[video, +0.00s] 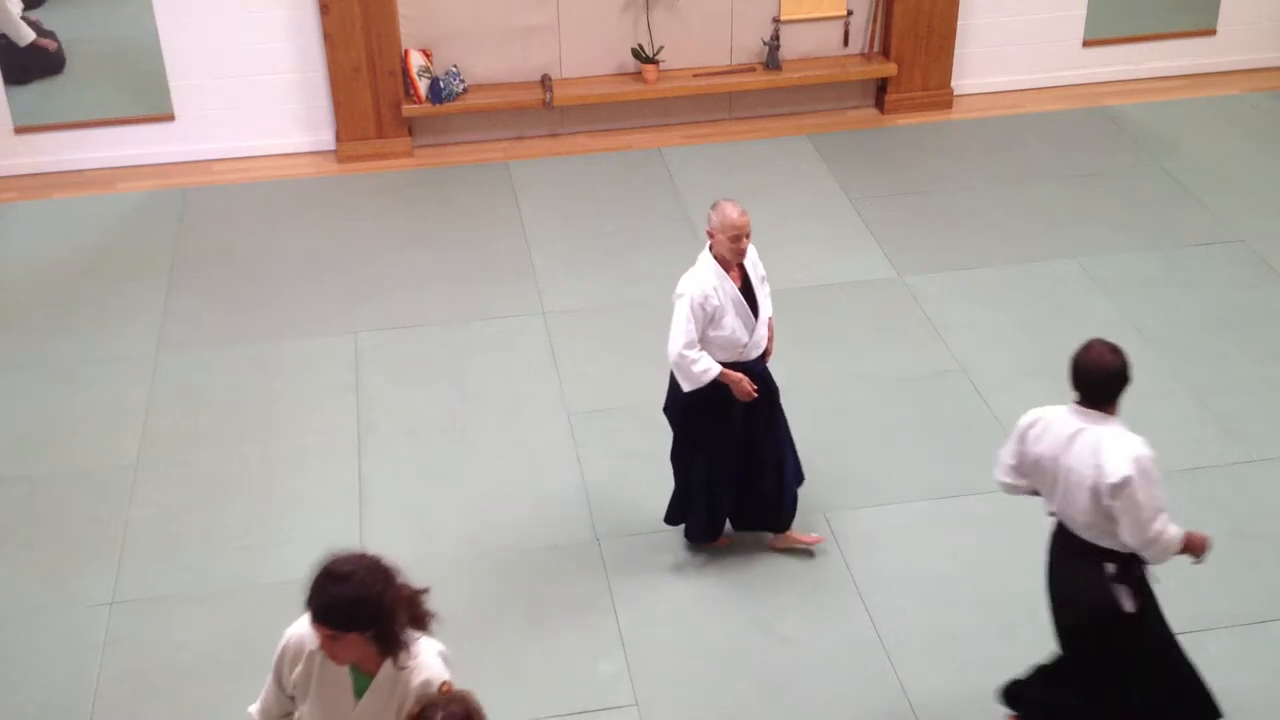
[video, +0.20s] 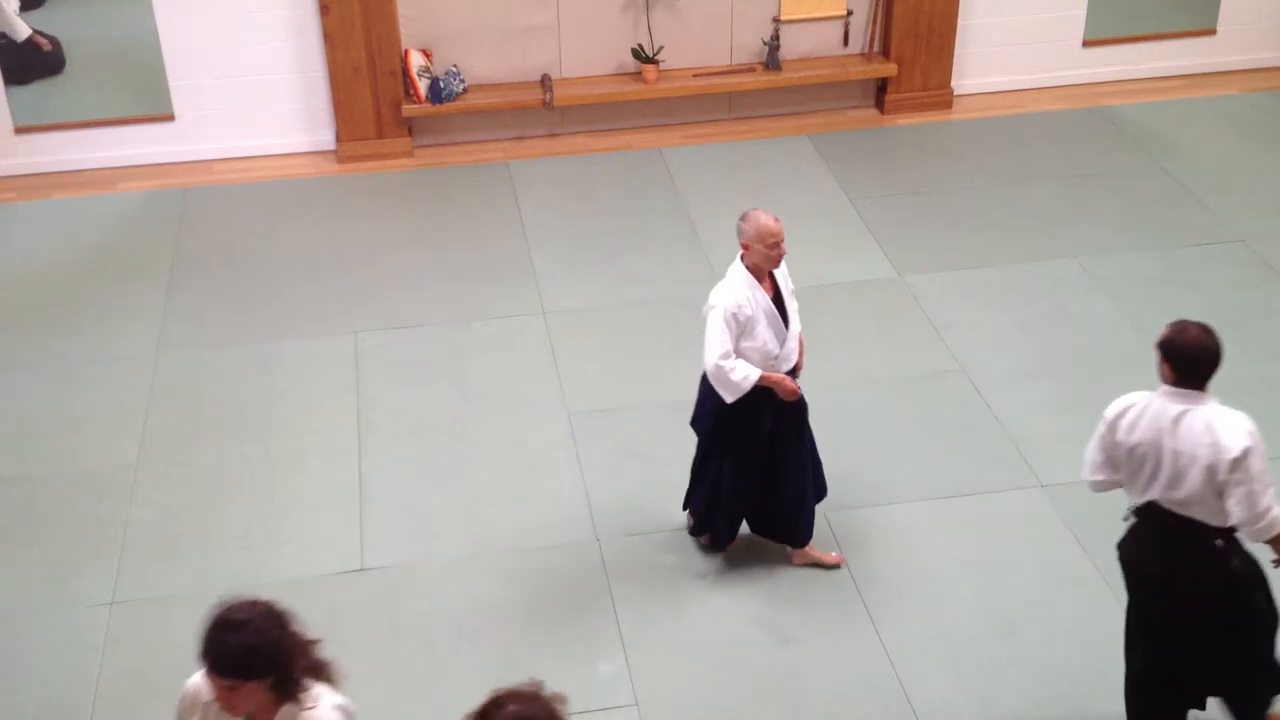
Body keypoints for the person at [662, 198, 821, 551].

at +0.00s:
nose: (744, 245)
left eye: (747, 237)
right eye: (736, 238)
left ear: (750, 232)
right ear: (712, 236)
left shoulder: (749, 255)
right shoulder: (695, 287)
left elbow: (762, 294)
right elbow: (681, 352)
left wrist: (768, 330)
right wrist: (728, 377)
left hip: (753, 371)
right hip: (709, 385)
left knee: (773, 449)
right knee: (709, 458)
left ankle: (779, 529)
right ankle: (705, 530)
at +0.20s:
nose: (781, 251)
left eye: (782, 243)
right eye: (772, 246)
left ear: (783, 240)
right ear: (746, 249)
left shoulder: (779, 273)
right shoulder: (727, 299)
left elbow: (790, 310)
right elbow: (719, 363)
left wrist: (796, 340)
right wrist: (770, 380)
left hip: (781, 393)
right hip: (738, 399)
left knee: (795, 467)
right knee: (730, 466)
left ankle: (800, 545)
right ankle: (706, 519)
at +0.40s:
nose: (822, 250)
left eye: (820, 243)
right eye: (814, 246)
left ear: (790, 255)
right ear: (786, 256)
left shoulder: (808, 276)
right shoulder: (767, 306)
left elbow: (809, 337)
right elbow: (764, 372)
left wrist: (824, 375)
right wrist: (817, 379)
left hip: (814, 396)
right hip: (779, 404)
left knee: (816, 476)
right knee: (769, 473)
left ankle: (802, 548)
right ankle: (715, 511)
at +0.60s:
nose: (853, 257)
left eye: (852, 250)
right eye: (847, 252)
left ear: (823, 258)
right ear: (823, 260)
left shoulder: (824, 282)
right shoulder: (802, 316)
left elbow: (828, 346)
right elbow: (813, 382)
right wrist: (865, 379)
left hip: (832, 400)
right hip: (803, 410)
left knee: (838, 479)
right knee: (805, 487)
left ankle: (820, 550)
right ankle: (770, 558)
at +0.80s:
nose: (878, 264)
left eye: (876, 258)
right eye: (874, 261)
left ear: (843, 266)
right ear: (855, 271)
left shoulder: (823, 285)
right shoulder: (840, 331)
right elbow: (863, 392)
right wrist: (912, 384)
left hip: (813, 402)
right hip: (838, 421)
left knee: (817, 481)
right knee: (854, 504)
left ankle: (809, 548)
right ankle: (860, 604)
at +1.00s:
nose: (904, 272)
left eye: (902, 266)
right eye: (901, 268)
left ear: (862, 272)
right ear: (887, 281)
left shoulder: (839, 294)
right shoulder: (881, 337)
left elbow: (813, 333)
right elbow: (914, 396)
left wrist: (841, 362)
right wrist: (960, 388)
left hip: (825, 403)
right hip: (858, 430)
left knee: (825, 481)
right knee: (870, 510)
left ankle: (810, 549)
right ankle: (862, 608)